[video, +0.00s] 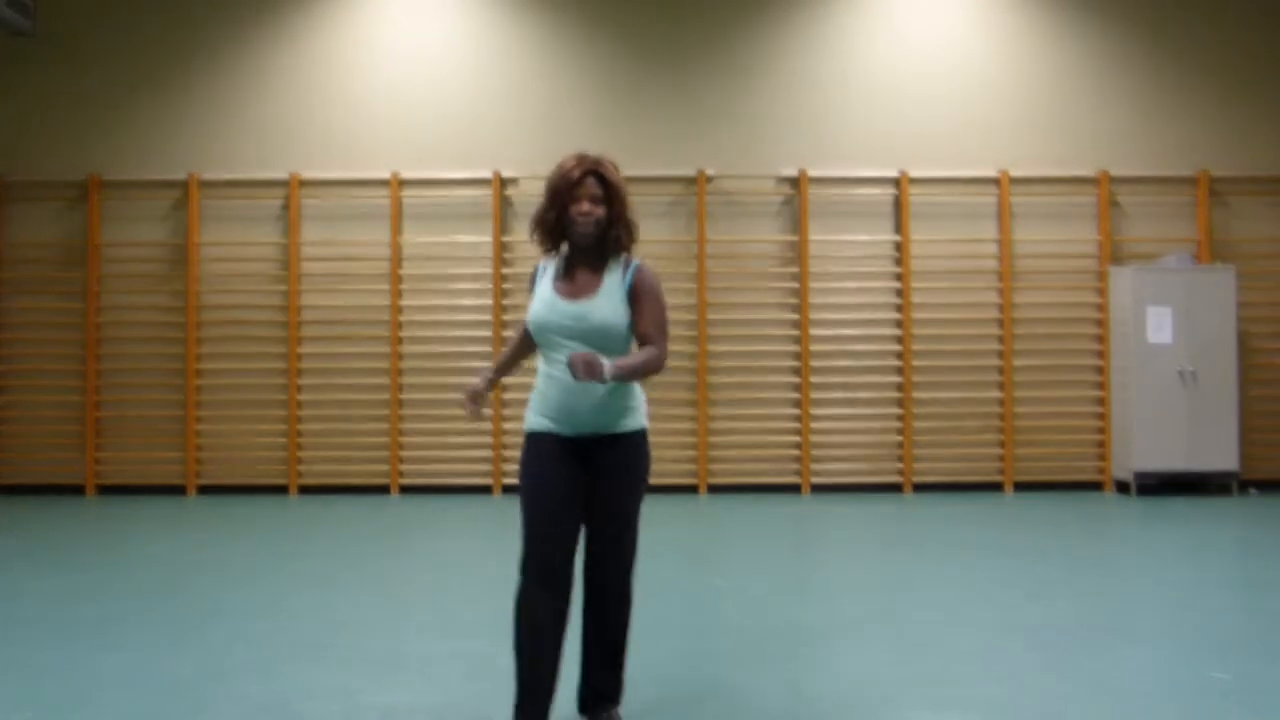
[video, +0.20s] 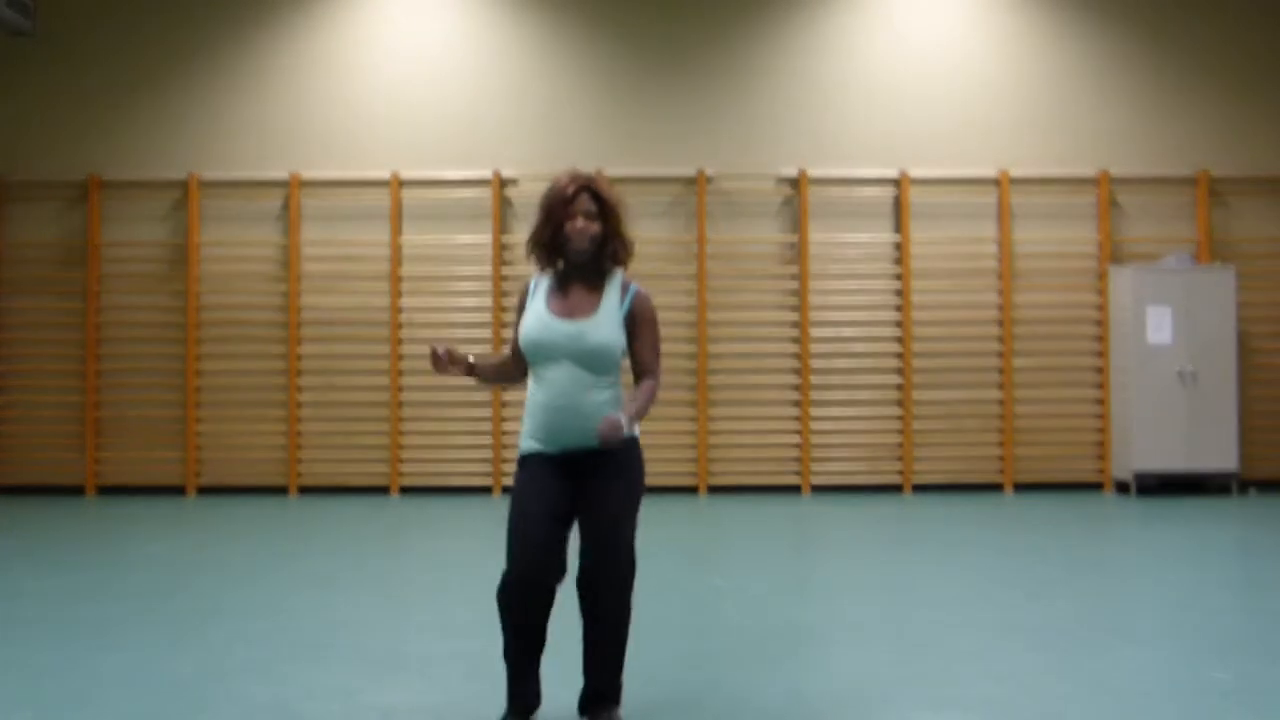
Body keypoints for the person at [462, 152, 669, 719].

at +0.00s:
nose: (586, 210)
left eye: (596, 201)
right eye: (576, 200)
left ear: (612, 211)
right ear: (559, 209)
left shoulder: (635, 276)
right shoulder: (544, 272)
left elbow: (655, 353)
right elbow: (530, 334)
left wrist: (610, 368)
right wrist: (490, 378)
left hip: (618, 443)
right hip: (550, 440)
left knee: (610, 580)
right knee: (543, 577)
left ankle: (601, 707)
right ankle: (530, 712)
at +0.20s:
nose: (582, 225)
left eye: (591, 216)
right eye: (571, 217)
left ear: (605, 225)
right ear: (555, 227)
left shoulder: (630, 298)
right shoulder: (534, 290)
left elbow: (649, 379)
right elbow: (516, 367)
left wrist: (627, 415)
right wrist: (467, 366)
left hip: (609, 457)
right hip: (542, 458)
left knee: (607, 584)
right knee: (525, 581)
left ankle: (601, 707)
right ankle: (521, 706)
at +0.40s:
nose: (561, 216)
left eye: (572, 207)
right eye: (550, 209)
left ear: (589, 216)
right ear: (537, 221)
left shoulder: (618, 290)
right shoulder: (516, 283)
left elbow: (634, 363)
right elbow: (485, 364)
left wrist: (642, 416)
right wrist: (492, 337)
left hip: (586, 446)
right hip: (517, 447)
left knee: (596, 571)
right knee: (515, 576)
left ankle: (601, 702)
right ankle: (517, 702)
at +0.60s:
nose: (548, 206)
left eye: (557, 196)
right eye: (537, 201)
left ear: (578, 206)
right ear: (524, 215)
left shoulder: (603, 279)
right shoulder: (507, 275)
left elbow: (611, 350)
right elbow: (484, 350)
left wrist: (645, 399)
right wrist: (511, 352)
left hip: (580, 440)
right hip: (511, 442)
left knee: (587, 572)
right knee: (517, 574)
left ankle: (601, 706)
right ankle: (518, 704)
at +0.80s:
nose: (549, 218)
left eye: (559, 210)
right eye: (538, 212)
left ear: (578, 221)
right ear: (525, 227)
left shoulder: (603, 287)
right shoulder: (507, 295)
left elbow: (612, 359)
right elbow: (488, 373)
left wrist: (640, 403)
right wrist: (487, 443)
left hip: (576, 451)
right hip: (512, 449)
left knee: (587, 566)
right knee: (514, 578)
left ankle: (602, 691)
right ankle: (520, 699)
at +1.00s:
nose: (544, 221)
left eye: (554, 212)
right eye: (534, 215)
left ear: (572, 223)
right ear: (522, 229)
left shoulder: (608, 292)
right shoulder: (508, 297)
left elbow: (637, 363)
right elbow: (489, 377)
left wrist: (643, 425)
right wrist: (459, 448)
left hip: (581, 450)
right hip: (512, 450)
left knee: (579, 566)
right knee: (500, 566)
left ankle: (598, 695)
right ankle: (521, 696)